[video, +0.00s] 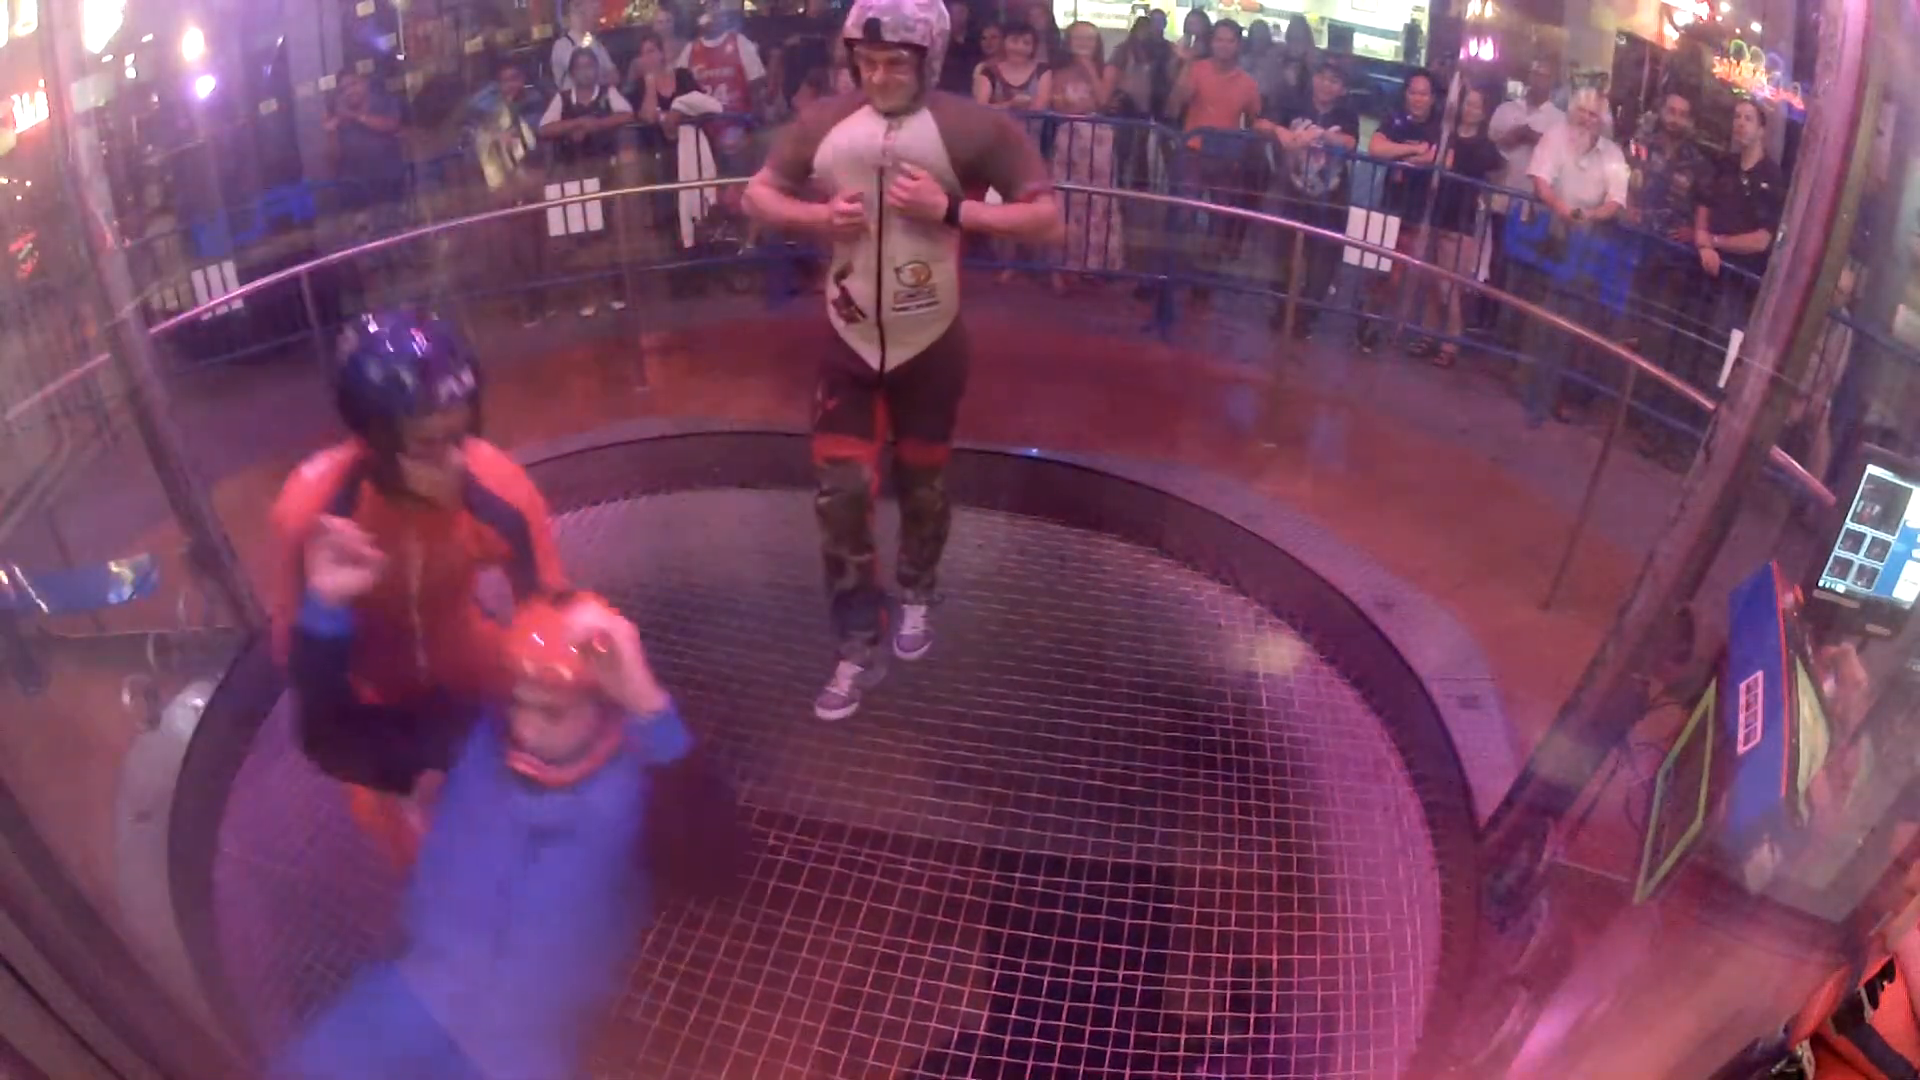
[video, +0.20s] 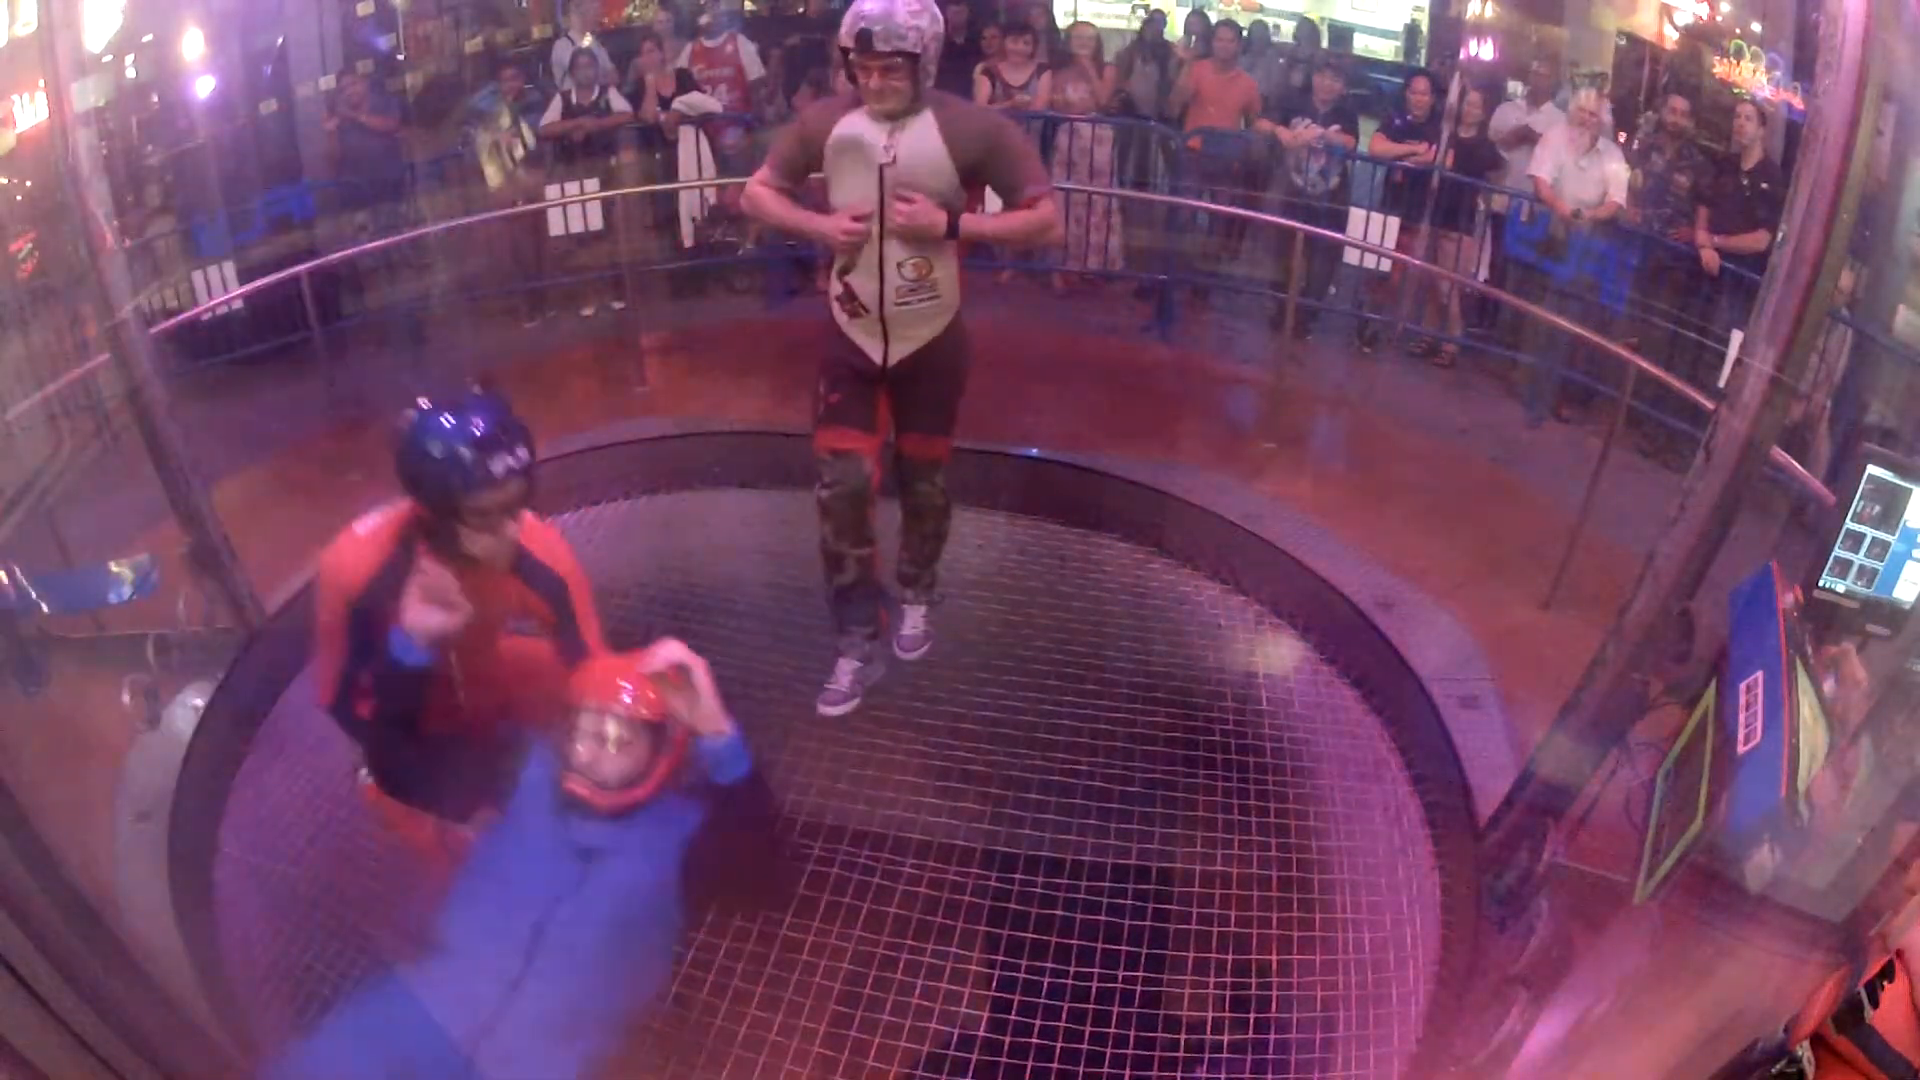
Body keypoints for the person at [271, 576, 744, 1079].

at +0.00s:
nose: (527, 727)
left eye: (551, 711)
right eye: (518, 704)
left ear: (604, 709)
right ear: (505, 691)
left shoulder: (647, 792)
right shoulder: (467, 739)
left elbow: (720, 871)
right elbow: (332, 739)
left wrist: (647, 707)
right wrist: (325, 609)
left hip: (529, 1052)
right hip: (416, 1002)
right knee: (302, 1069)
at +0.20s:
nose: (597, 749)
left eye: (619, 740)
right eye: (588, 731)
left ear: (660, 755)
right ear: (569, 727)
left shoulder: (686, 838)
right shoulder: (526, 771)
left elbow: (765, 871)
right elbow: (402, 768)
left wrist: (717, 738)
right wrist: (412, 648)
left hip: (539, 1066)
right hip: (427, 1012)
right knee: (299, 1074)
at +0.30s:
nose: (627, 765)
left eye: (649, 753)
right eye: (616, 744)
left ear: (687, 765)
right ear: (594, 739)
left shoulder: (703, 844)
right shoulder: (547, 781)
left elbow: (783, 877)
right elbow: (435, 761)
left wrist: (746, 753)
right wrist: (452, 656)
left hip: (557, 1062)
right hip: (439, 1015)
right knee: (303, 1070)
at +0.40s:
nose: (651, 766)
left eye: (674, 755)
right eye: (640, 746)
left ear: (712, 770)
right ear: (618, 742)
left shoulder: (724, 849)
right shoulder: (568, 783)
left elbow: (804, 879)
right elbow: (448, 761)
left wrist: (777, 762)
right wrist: (484, 658)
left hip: (565, 1065)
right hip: (448, 1013)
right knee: (294, 1067)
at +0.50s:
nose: (680, 759)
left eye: (703, 749)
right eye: (669, 740)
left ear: (735, 767)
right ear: (647, 739)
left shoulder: (741, 845)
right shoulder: (595, 786)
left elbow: (833, 873)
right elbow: (480, 772)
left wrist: (801, 758)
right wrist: (510, 664)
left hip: (574, 1059)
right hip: (474, 1001)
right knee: (298, 1042)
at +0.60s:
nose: (703, 746)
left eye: (724, 739)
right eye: (692, 729)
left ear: (752, 760)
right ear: (666, 729)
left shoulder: (754, 838)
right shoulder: (609, 767)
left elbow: (842, 851)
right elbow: (509, 734)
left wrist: (819, 739)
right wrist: (554, 657)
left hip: (592, 1035)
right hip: (498, 974)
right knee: (315, 978)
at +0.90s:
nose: (751, 708)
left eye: (771, 701)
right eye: (740, 692)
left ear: (797, 723)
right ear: (715, 695)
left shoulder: (798, 800)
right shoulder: (674, 741)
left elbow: (893, 805)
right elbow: (606, 702)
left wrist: (864, 694)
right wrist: (658, 609)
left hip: (649, 968)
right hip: (570, 907)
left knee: (551, 1048)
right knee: (405, 809)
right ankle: (274, 966)